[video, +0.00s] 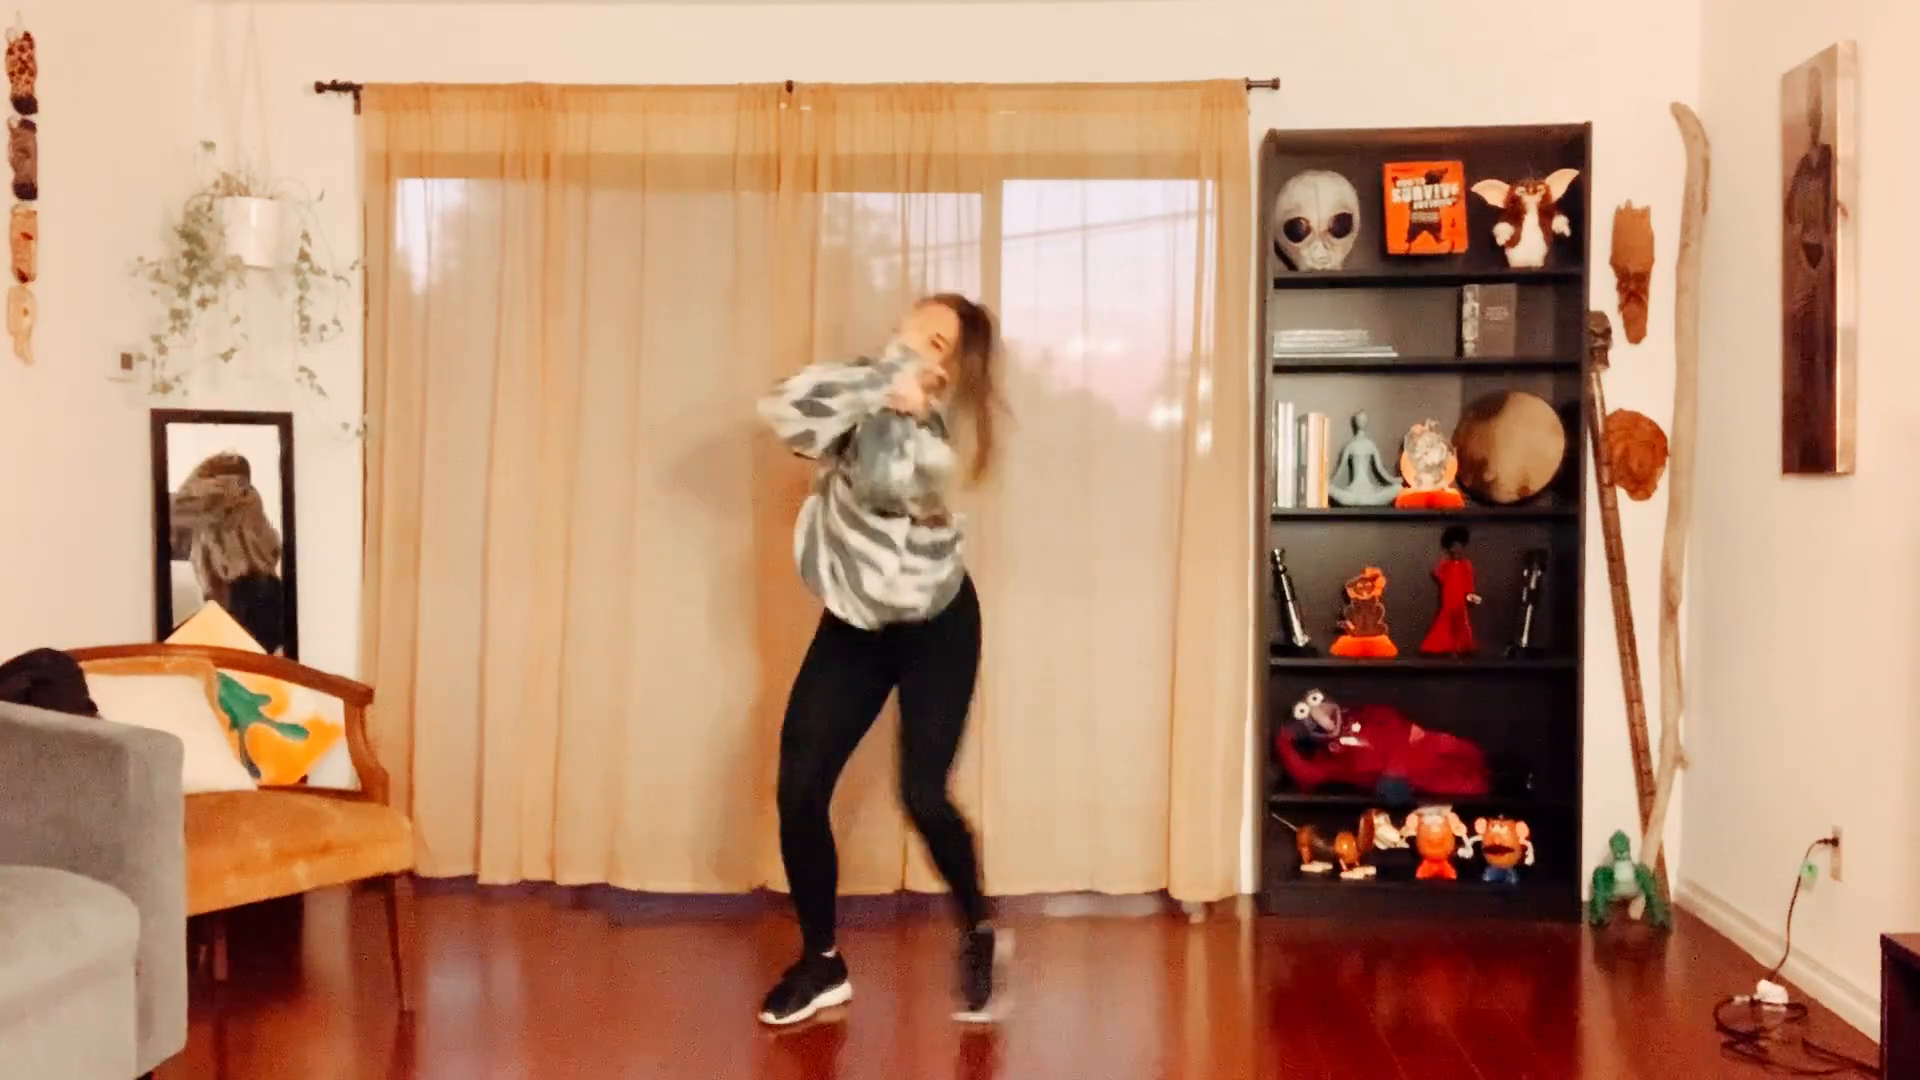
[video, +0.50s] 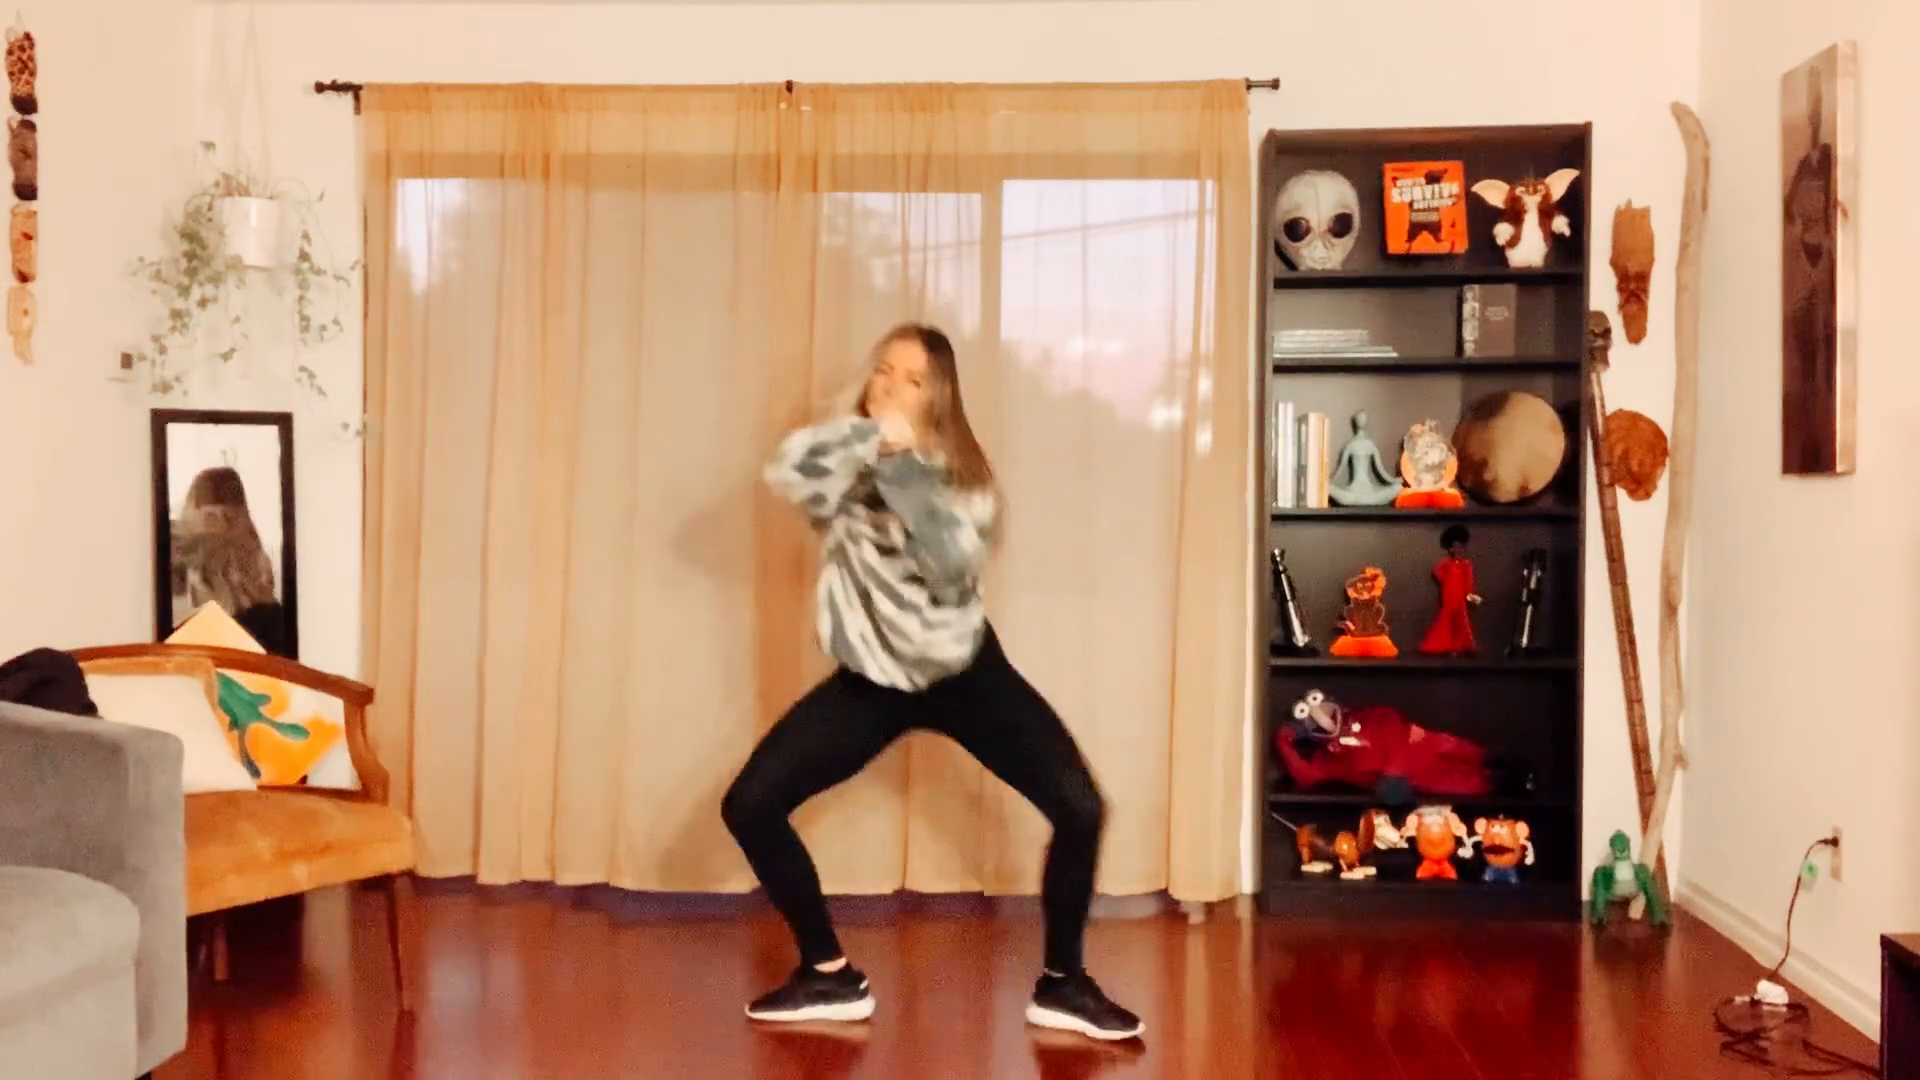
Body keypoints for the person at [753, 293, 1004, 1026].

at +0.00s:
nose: (914, 345)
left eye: (936, 341)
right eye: (912, 331)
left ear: (956, 368)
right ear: (895, 332)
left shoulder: (944, 443)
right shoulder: (852, 394)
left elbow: (910, 478)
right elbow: (780, 411)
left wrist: (894, 410)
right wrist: (878, 384)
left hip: (938, 624)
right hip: (855, 623)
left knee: (924, 796)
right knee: (799, 788)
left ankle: (979, 934)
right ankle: (821, 962)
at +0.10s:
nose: (885, 329)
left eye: (906, 322)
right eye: (884, 313)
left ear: (934, 342)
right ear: (869, 318)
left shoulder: (942, 423)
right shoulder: (847, 397)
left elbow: (894, 466)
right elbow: (771, 412)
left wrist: (870, 396)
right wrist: (861, 372)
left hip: (926, 617)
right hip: (848, 612)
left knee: (848, 778)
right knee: (814, 787)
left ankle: (921, 943)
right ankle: (822, 962)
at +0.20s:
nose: (872, 337)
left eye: (891, 327)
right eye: (865, 320)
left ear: (921, 340)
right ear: (849, 324)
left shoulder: (943, 415)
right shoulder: (830, 404)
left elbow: (935, 462)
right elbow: (766, 413)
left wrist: (892, 405)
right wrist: (854, 374)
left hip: (927, 616)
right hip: (848, 615)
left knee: (854, 784)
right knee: (808, 790)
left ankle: (924, 945)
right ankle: (824, 961)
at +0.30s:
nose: (869, 341)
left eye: (888, 332)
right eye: (861, 325)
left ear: (918, 344)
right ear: (845, 330)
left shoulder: (941, 418)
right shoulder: (818, 410)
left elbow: (935, 469)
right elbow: (760, 418)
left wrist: (887, 411)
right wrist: (848, 382)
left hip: (936, 623)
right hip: (855, 626)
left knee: (914, 796)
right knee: (799, 791)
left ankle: (965, 956)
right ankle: (831, 964)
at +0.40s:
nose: (871, 359)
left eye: (891, 350)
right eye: (865, 342)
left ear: (920, 364)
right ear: (847, 346)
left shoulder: (946, 440)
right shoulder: (827, 427)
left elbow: (935, 506)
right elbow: (774, 442)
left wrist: (885, 428)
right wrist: (857, 397)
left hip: (949, 640)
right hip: (862, 645)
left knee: (997, 808)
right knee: (774, 795)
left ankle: (1021, 967)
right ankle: (832, 970)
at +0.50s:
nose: (892, 390)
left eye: (912, 382)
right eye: (884, 372)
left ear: (939, 398)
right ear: (864, 380)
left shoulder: (965, 483)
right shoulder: (841, 460)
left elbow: (955, 572)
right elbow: (787, 475)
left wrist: (899, 463)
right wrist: (870, 429)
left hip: (966, 677)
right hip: (869, 682)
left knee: (1080, 808)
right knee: (749, 806)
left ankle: (1063, 982)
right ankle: (828, 972)